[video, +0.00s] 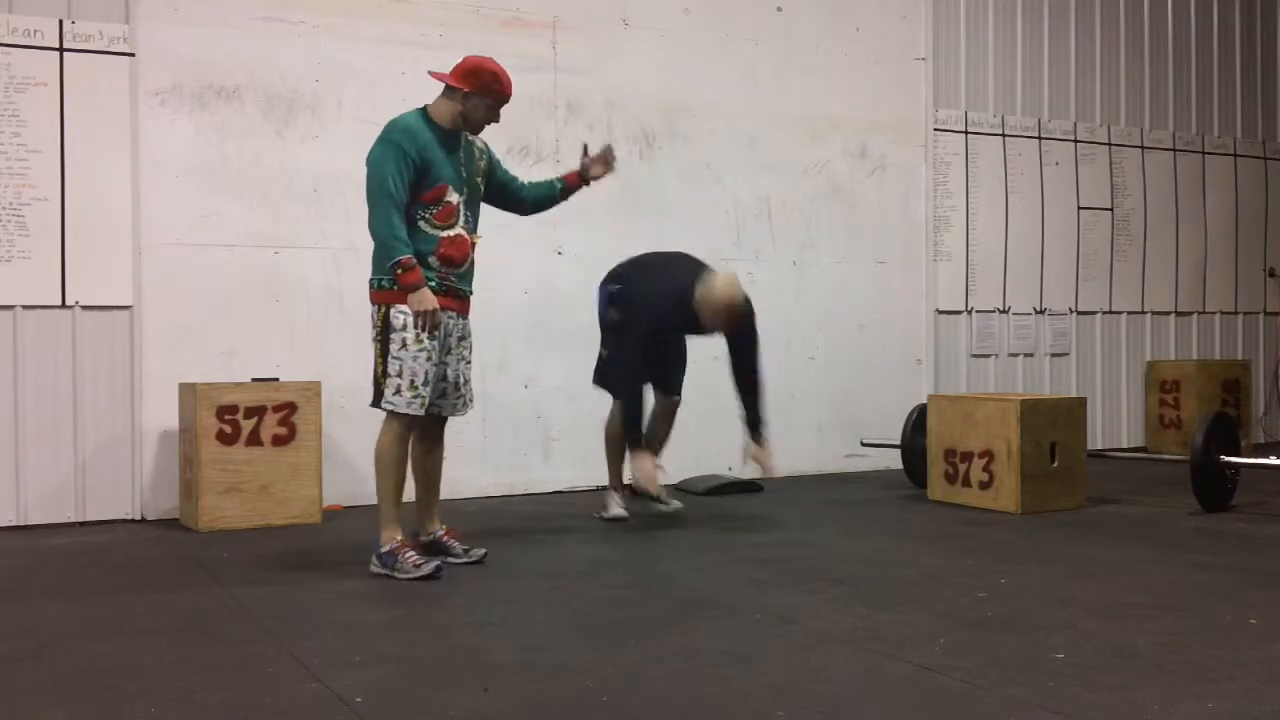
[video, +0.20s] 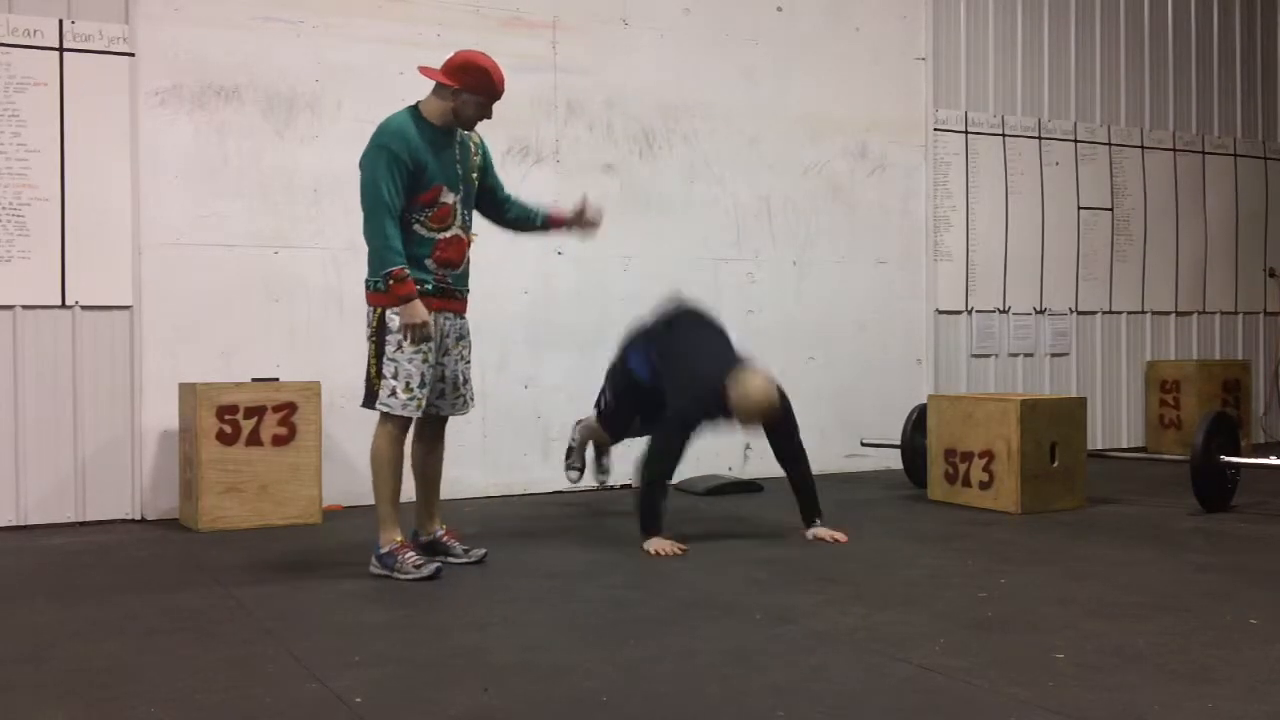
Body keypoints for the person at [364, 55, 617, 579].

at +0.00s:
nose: (495, 119)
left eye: (498, 110)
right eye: (492, 109)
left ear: (473, 100)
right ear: (465, 95)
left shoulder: (472, 151)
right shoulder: (402, 137)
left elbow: (521, 198)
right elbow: (384, 219)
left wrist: (581, 175)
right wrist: (414, 285)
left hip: (450, 302)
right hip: (406, 300)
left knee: (433, 420)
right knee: (401, 417)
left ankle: (427, 531)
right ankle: (389, 543)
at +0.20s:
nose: (487, 116)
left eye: (490, 107)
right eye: (484, 105)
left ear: (464, 97)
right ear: (455, 93)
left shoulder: (468, 145)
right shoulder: (393, 140)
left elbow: (502, 208)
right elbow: (380, 225)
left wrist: (564, 220)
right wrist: (405, 296)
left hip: (448, 304)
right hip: (402, 303)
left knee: (433, 420)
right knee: (395, 419)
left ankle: (428, 530)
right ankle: (389, 544)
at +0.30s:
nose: (484, 115)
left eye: (487, 107)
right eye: (481, 105)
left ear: (463, 99)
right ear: (452, 94)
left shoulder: (468, 144)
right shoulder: (391, 141)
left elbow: (484, 219)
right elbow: (376, 226)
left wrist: (533, 270)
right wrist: (398, 299)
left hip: (449, 305)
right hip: (401, 304)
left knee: (438, 417)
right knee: (394, 418)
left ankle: (428, 530)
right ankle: (389, 542)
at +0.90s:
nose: (536, 151)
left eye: (541, 144)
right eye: (537, 139)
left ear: (521, 129)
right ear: (513, 120)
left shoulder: (507, 183)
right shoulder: (438, 139)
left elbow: (534, 258)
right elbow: (384, 202)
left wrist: (577, 320)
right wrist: (381, 280)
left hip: (446, 312)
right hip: (398, 304)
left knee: (443, 417)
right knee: (387, 418)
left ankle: (455, 530)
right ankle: (389, 542)